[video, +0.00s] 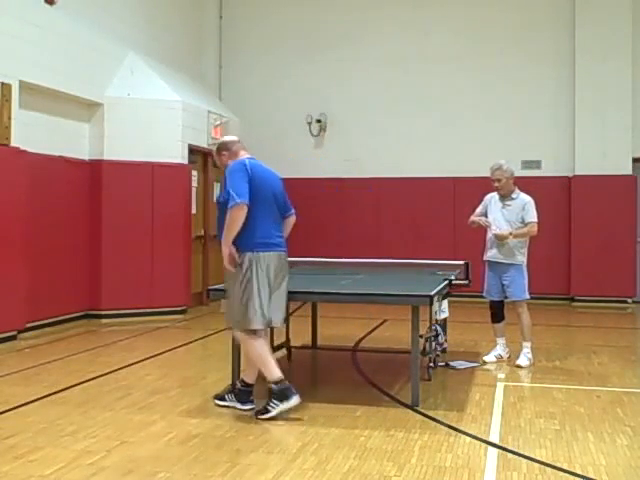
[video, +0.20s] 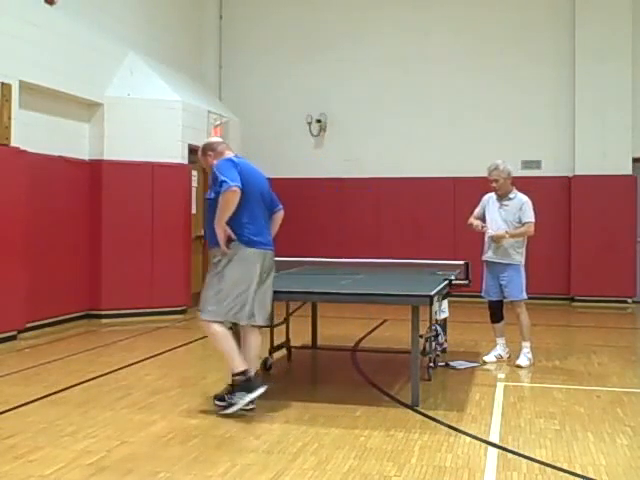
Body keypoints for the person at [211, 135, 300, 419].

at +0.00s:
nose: (222, 166)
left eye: (220, 162)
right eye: (220, 163)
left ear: (224, 155)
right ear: (243, 150)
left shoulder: (236, 167)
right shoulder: (270, 173)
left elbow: (239, 204)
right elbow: (290, 215)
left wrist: (226, 243)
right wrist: (273, 245)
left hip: (252, 255)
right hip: (276, 254)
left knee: (244, 327)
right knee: (259, 328)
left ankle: (281, 390)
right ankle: (244, 391)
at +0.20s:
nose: (207, 168)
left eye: (205, 164)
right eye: (206, 164)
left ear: (210, 156)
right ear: (228, 150)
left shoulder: (223, 164)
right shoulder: (254, 171)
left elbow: (232, 190)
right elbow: (278, 211)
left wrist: (219, 223)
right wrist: (263, 241)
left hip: (241, 251)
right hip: (264, 252)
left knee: (210, 318)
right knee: (251, 322)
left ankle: (243, 378)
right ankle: (247, 387)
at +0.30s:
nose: (200, 170)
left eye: (198, 165)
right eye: (198, 166)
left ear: (203, 155)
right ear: (222, 150)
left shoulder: (216, 163)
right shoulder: (247, 170)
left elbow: (227, 185)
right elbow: (271, 209)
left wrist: (213, 216)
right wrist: (257, 240)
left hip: (233, 249)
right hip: (257, 251)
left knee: (202, 317)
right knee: (245, 322)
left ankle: (214, 391)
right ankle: (244, 391)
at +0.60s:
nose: (173, 170)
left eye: (171, 166)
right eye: (171, 167)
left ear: (177, 157)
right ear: (194, 152)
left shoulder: (189, 168)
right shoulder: (221, 172)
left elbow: (193, 196)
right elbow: (244, 211)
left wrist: (180, 230)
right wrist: (229, 233)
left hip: (202, 253)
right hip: (229, 254)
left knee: (183, 323)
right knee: (227, 323)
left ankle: (164, 392)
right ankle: (240, 389)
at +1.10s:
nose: (128, 167)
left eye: (126, 162)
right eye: (126, 163)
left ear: (132, 153)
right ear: (148, 147)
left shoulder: (147, 166)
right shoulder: (178, 169)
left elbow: (145, 199)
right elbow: (192, 210)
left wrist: (136, 230)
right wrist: (184, 237)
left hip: (161, 248)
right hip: (183, 246)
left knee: (161, 322)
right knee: (168, 321)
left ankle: (163, 391)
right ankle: (168, 382)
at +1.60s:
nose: (77, 181)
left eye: (74, 176)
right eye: (73, 178)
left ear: (81, 164)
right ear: (90, 158)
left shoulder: (100, 170)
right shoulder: (121, 172)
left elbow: (116, 193)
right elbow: (145, 214)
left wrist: (105, 234)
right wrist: (142, 244)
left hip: (125, 252)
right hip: (135, 249)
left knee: (135, 326)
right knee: (111, 324)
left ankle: (160, 391)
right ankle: (96, 389)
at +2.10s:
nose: (38, 172)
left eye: (37, 166)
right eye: (36, 169)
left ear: (46, 155)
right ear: (49, 154)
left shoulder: (69, 163)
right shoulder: (62, 177)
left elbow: (92, 189)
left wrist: (69, 229)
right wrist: (53, 249)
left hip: (82, 250)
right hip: (86, 251)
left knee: (37, 311)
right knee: (84, 320)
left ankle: (54, 382)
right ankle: (93, 389)